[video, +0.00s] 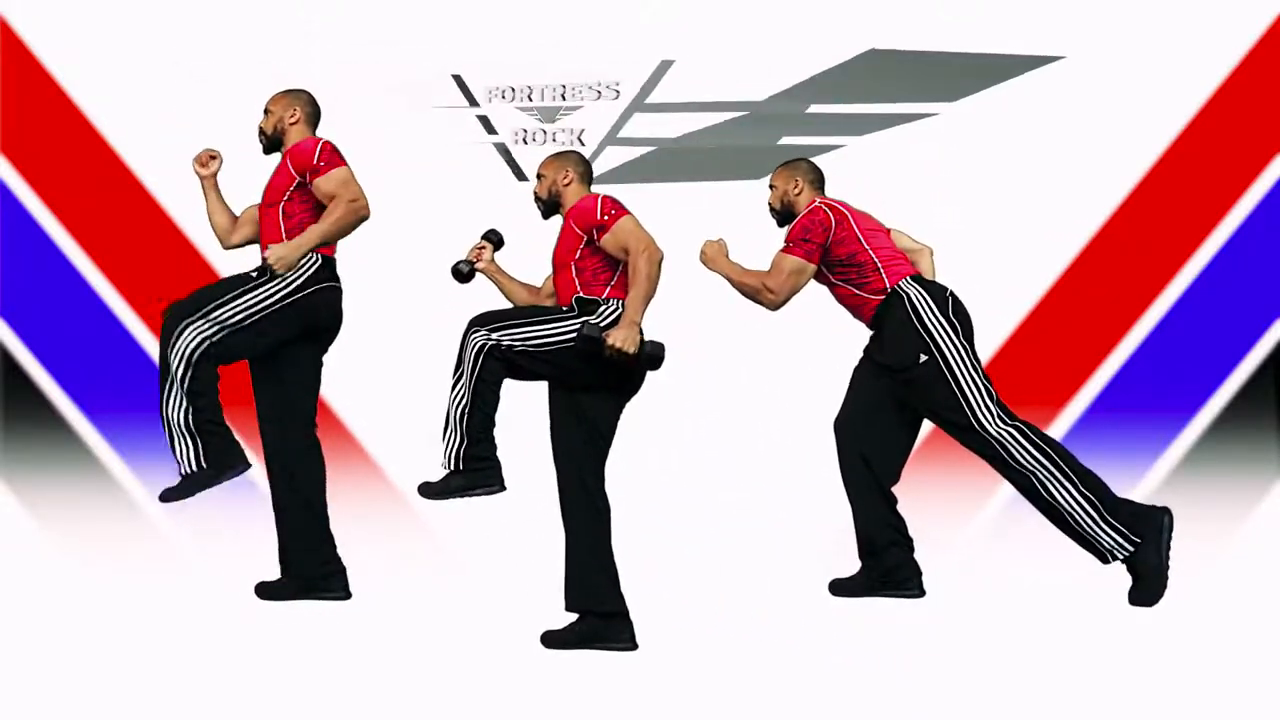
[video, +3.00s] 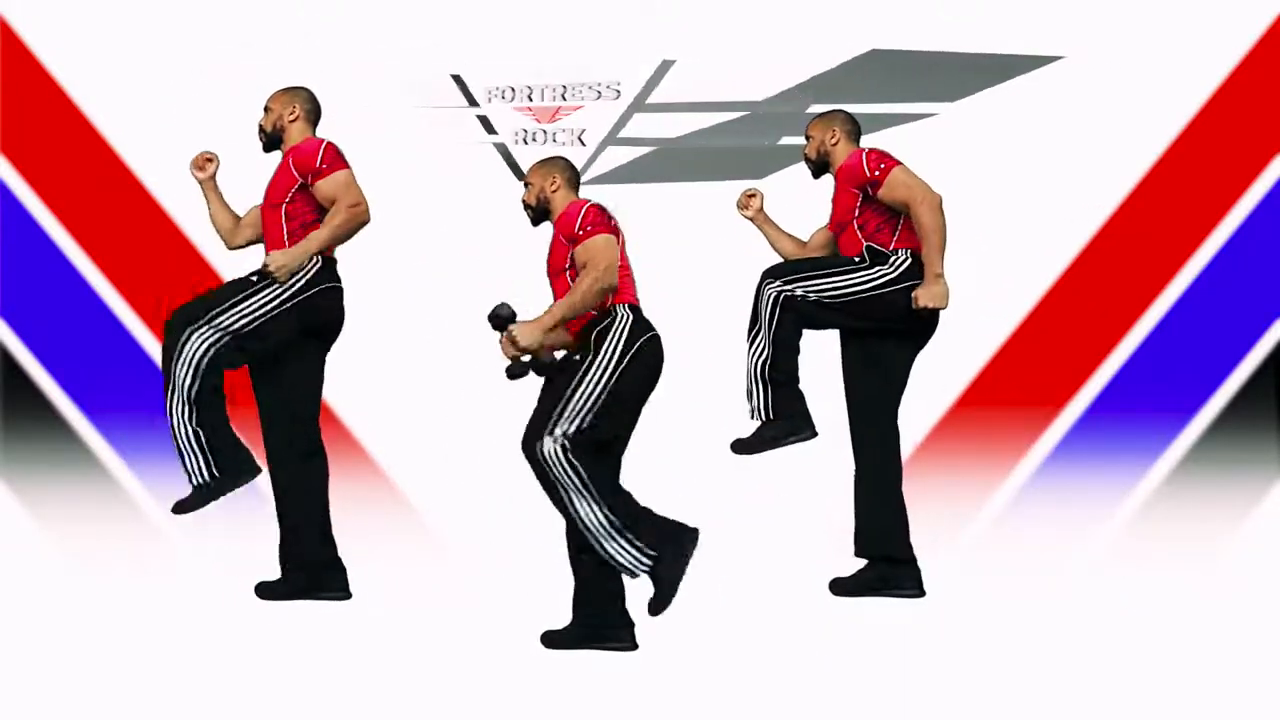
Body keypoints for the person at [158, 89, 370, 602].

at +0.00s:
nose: (260, 120)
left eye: (267, 111)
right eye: (262, 113)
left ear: (293, 113)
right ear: (292, 118)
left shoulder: (309, 147)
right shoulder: (285, 180)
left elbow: (354, 205)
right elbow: (232, 234)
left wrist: (298, 245)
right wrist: (209, 181)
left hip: (295, 283)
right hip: (301, 297)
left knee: (185, 326)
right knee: (289, 437)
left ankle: (211, 454)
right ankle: (315, 571)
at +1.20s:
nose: (263, 125)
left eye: (269, 115)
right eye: (265, 117)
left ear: (294, 115)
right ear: (297, 119)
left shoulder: (316, 155)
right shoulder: (283, 176)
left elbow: (328, 221)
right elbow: (251, 257)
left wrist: (259, 245)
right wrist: (212, 217)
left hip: (299, 282)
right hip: (290, 293)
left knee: (191, 349)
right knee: (285, 436)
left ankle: (227, 482)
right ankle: (315, 572)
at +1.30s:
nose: (263, 124)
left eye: (268, 113)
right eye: (264, 115)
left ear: (292, 113)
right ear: (300, 117)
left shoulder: (314, 154)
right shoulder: (286, 176)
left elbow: (295, 224)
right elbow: (281, 266)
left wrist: (219, 217)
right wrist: (229, 251)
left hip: (298, 286)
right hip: (297, 293)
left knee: (216, 383)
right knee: (286, 430)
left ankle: (261, 529)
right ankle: (315, 569)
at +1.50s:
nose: (259, 118)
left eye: (265, 108)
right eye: (261, 111)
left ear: (291, 108)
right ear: (300, 114)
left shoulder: (303, 148)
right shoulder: (308, 160)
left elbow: (238, 196)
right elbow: (333, 250)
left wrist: (191, 151)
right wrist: (271, 276)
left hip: (294, 286)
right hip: (297, 288)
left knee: (286, 423)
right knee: (288, 425)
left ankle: (308, 579)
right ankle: (325, 571)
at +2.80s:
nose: (261, 114)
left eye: (267, 105)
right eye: (263, 106)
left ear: (290, 108)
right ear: (295, 112)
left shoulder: (310, 149)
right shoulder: (283, 169)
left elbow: (294, 219)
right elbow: (287, 259)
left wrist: (221, 214)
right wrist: (240, 252)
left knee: (278, 417)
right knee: (245, 411)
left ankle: (303, 564)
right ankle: (315, 555)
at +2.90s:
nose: (260, 119)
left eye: (267, 109)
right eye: (262, 111)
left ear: (291, 111)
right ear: (293, 115)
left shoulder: (310, 151)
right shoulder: (283, 174)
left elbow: (329, 216)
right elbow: (268, 260)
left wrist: (255, 241)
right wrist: (217, 220)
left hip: (302, 286)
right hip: (295, 291)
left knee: (216, 374)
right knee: (289, 433)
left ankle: (254, 522)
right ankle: (315, 570)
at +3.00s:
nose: (260, 118)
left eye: (267, 109)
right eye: (262, 111)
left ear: (292, 112)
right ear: (292, 116)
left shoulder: (311, 149)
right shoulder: (287, 177)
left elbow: (354, 209)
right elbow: (236, 234)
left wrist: (299, 253)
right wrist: (208, 183)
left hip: (296, 287)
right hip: (301, 298)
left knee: (189, 332)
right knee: (292, 440)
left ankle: (215, 464)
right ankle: (314, 572)